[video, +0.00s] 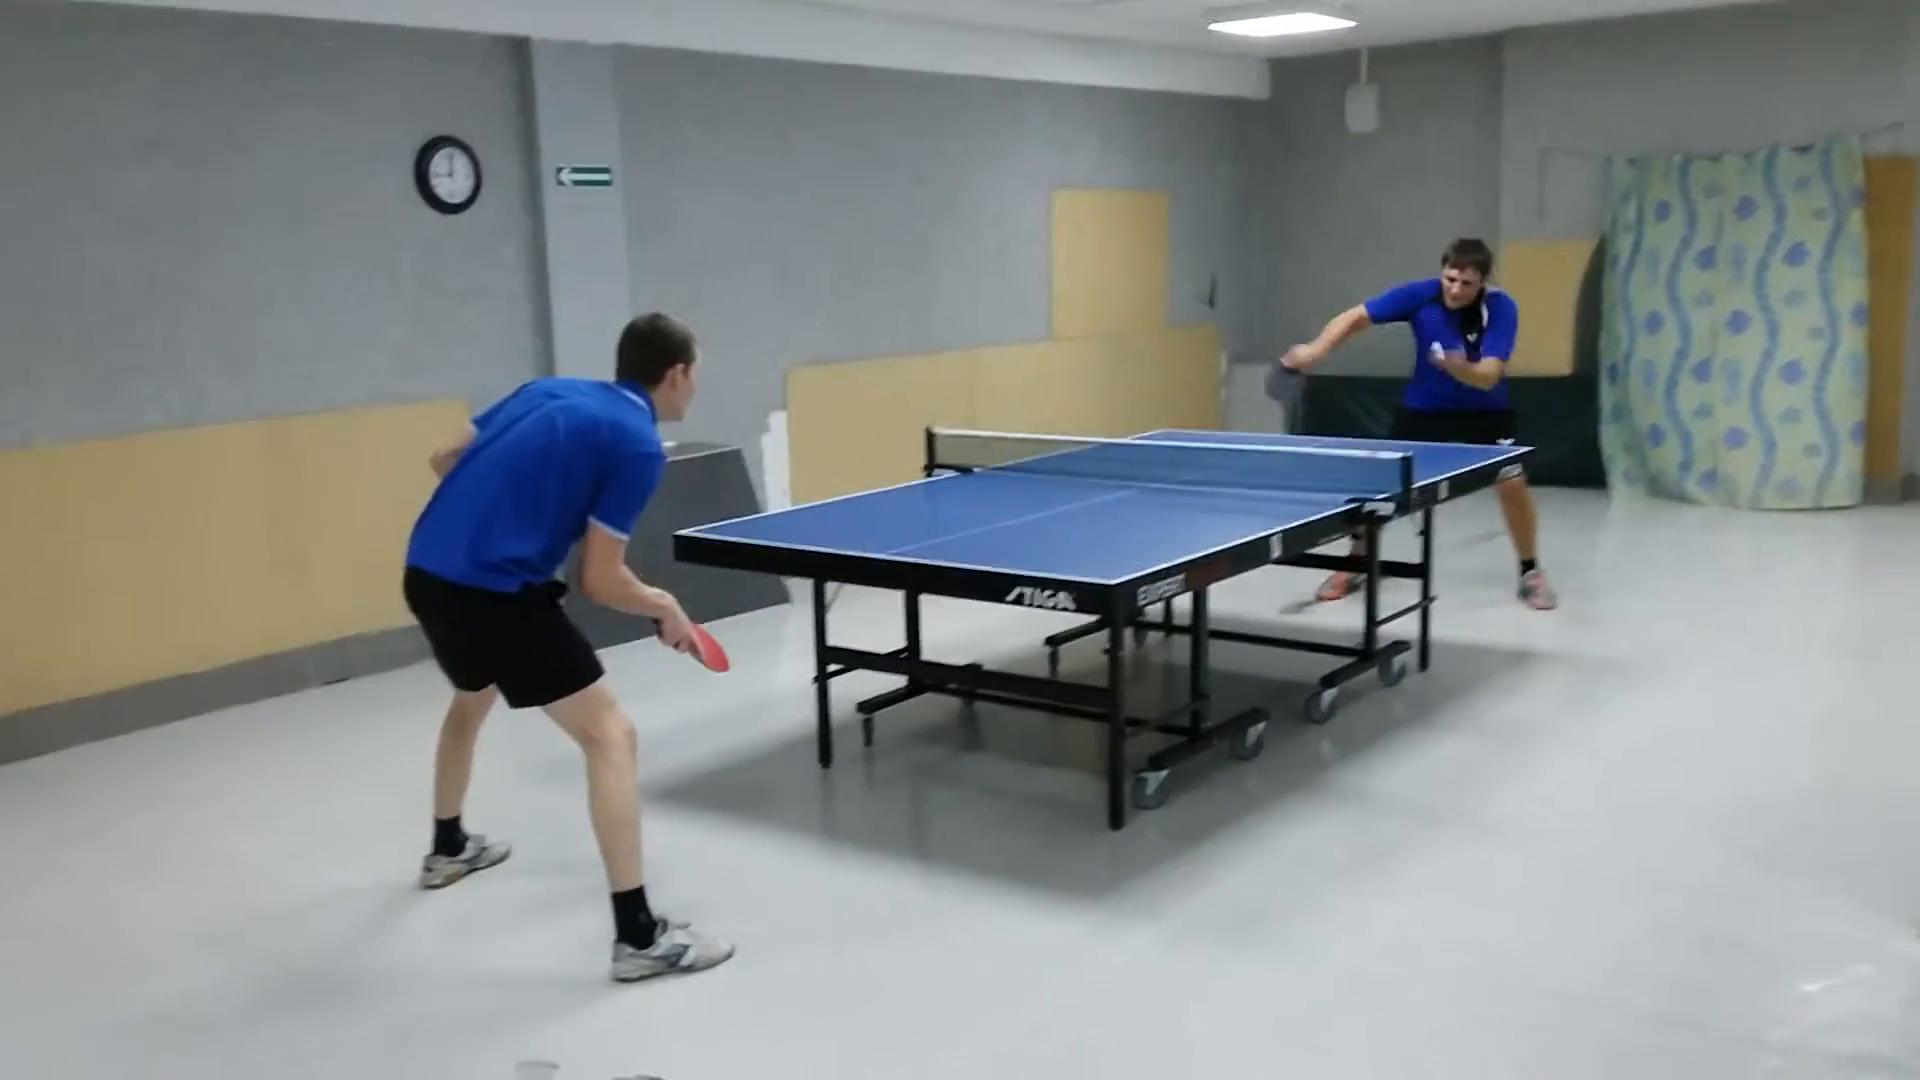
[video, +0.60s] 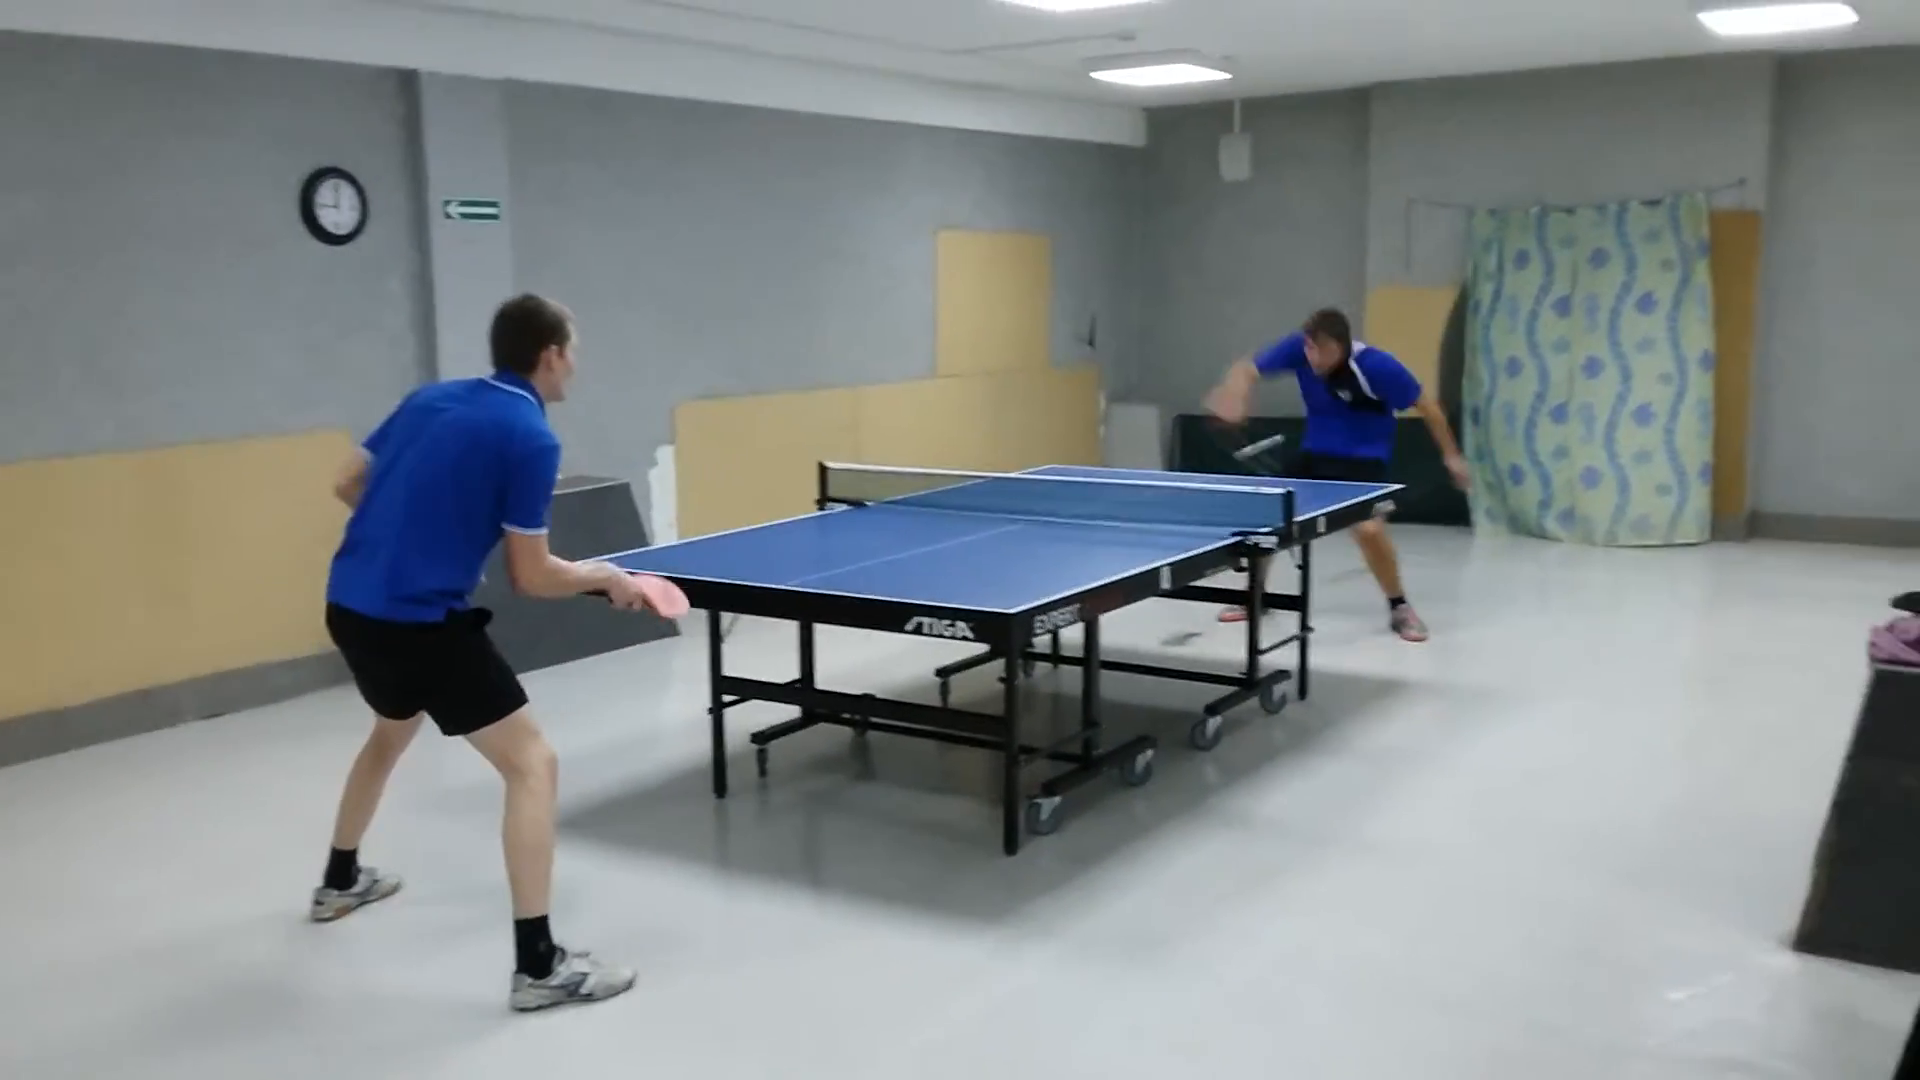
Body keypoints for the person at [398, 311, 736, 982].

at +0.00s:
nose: (695, 387)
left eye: (693, 374)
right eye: (693, 375)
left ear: (628, 367)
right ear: (673, 377)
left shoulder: (550, 391)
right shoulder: (637, 444)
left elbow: (445, 457)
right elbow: (601, 579)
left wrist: (502, 522)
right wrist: (664, 606)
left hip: (429, 572)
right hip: (499, 590)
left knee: (474, 691)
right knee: (610, 736)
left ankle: (446, 846)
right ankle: (638, 936)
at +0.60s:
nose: (573, 364)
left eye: (570, 351)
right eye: (569, 352)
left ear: (505, 355)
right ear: (547, 358)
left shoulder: (434, 396)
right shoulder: (530, 436)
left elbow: (349, 482)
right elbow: (532, 573)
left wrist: (414, 530)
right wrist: (608, 579)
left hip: (352, 605)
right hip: (423, 617)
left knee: (396, 723)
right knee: (531, 765)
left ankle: (338, 880)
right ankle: (538, 966)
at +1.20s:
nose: (511, 393)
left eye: (510, 381)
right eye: (509, 381)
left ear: (438, 386)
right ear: (493, 382)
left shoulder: (381, 437)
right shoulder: (485, 473)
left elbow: (326, 509)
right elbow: (600, 566)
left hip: (338, 658)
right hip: (409, 666)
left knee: (425, 706)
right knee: (588, 709)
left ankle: (306, 836)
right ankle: (576, 899)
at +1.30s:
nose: (472, 338)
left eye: (467, 324)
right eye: (467, 325)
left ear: (398, 334)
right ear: (450, 331)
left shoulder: (340, 385)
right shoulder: (464, 419)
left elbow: (252, 408)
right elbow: (581, 429)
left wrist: (313, 444)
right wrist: (694, 383)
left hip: (326, 615)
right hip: (406, 624)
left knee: (401, 681)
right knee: (567, 702)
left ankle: (311, 823)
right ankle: (582, 884)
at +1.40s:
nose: (410, 268)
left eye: (402, 254)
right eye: (403, 256)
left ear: (332, 267)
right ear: (388, 263)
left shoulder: (269, 327)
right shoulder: (416, 339)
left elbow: (140, 359)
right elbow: (568, 338)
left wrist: (179, 402)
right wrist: (700, 320)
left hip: (275, 582)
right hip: (367, 584)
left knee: (301, 679)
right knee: (474, 715)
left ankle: (291, 825)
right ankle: (547, 891)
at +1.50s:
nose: (360, 220)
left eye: (354, 206)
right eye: (353, 207)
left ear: (275, 218)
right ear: (330, 216)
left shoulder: (212, 291)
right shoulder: (363, 292)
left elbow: (91, 359)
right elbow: (510, 319)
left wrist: (73, 408)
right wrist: (647, 308)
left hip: (237, 555)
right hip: (338, 551)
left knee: (266, 683)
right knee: (430, 721)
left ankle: (212, 856)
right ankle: (447, 920)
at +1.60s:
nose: (307, 230)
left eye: (301, 214)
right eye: (300, 217)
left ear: (221, 230)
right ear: (277, 227)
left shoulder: (161, 315)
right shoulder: (309, 302)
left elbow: (65, 418)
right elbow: (411, 357)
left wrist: (46, 477)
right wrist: (558, 361)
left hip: (215, 587)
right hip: (318, 578)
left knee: (218, 725)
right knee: (396, 744)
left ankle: (109, 889)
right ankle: (421, 937)